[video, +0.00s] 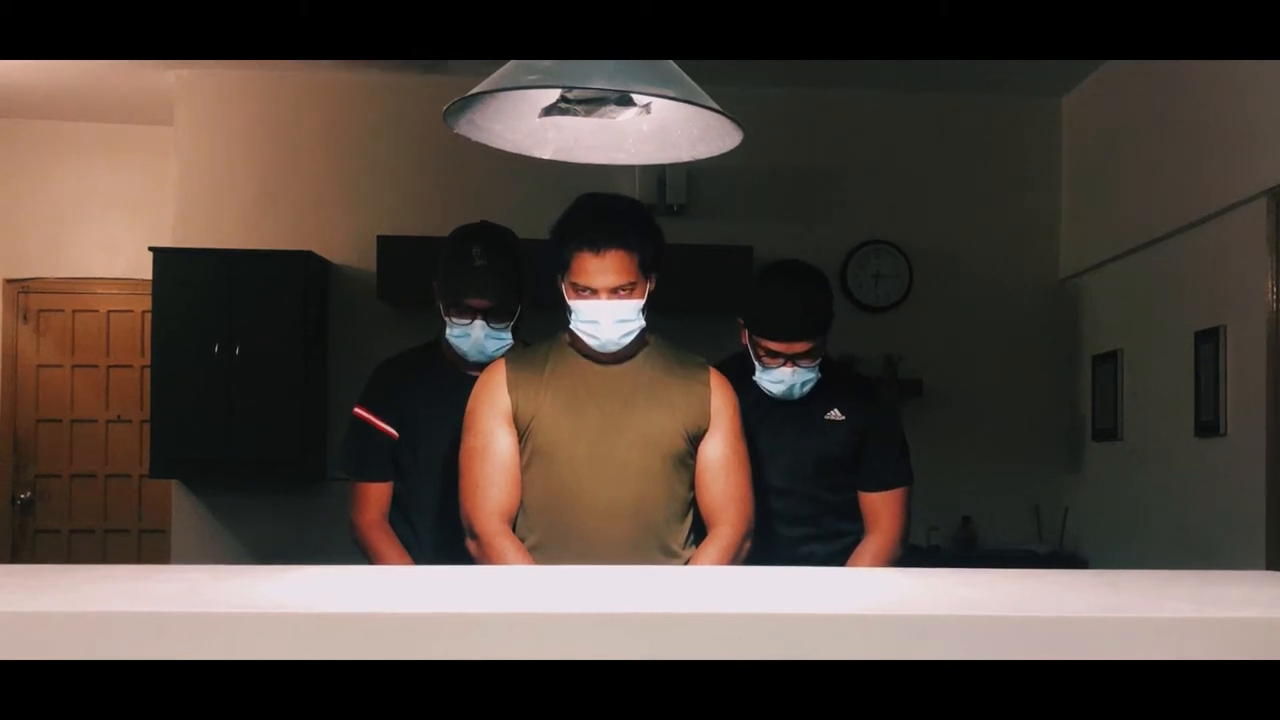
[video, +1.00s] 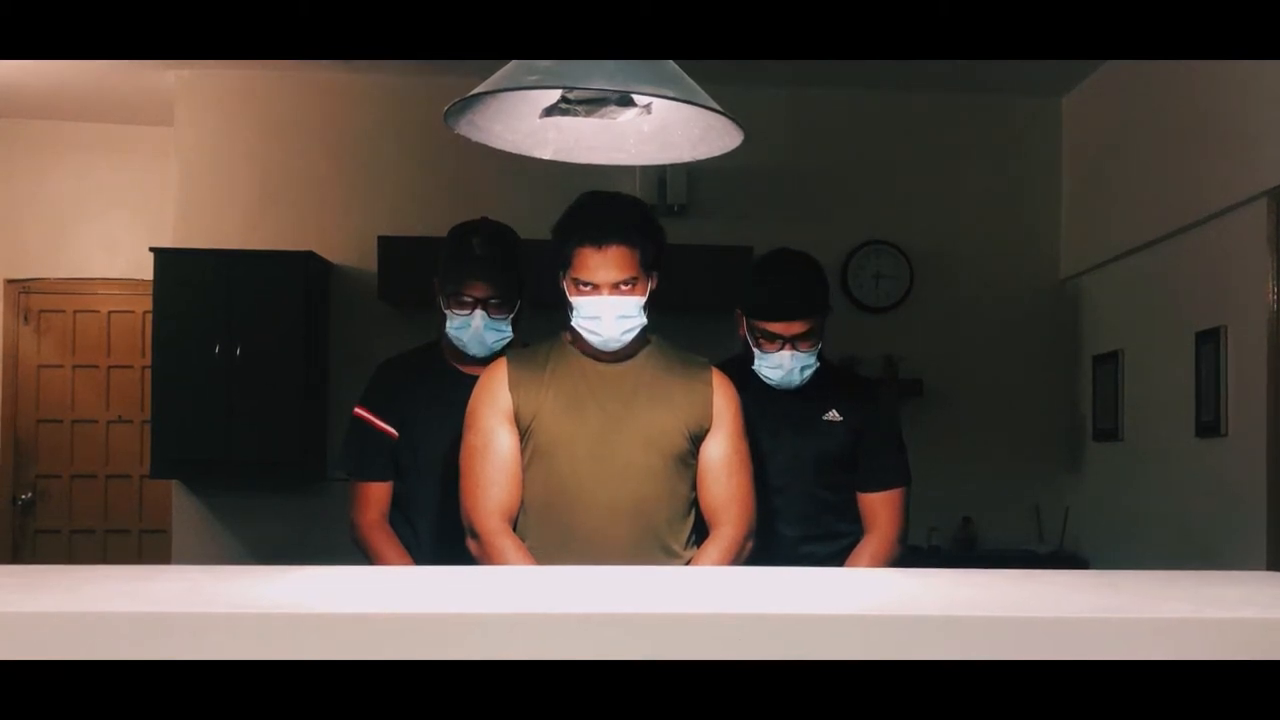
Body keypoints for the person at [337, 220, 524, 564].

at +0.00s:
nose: (479, 332)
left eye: (497, 314)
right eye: (462, 312)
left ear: (518, 308)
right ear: (439, 302)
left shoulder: (534, 382)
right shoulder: (397, 381)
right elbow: (369, 521)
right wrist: (421, 596)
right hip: (423, 585)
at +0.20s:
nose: (479, 329)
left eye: (497, 312)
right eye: (463, 310)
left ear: (518, 307)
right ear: (440, 301)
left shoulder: (533, 383)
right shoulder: (397, 381)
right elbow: (369, 521)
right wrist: (421, 596)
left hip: (510, 588)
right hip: (423, 586)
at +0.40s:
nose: (479, 326)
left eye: (497, 310)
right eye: (462, 309)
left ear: (518, 307)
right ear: (440, 301)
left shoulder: (535, 383)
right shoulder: (398, 381)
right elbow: (368, 520)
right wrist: (421, 596)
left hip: (510, 589)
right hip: (424, 587)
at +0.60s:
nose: (478, 324)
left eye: (496, 308)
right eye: (462, 306)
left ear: (517, 306)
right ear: (440, 299)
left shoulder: (535, 383)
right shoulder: (398, 381)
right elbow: (368, 520)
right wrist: (421, 597)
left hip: (511, 590)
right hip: (424, 589)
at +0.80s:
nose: (478, 324)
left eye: (497, 308)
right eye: (462, 305)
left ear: (517, 305)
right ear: (440, 299)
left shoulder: (534, 383)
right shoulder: (398, 382)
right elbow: (368, 521)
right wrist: (421, 597)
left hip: (511, 590)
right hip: (425, 589)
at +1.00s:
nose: (478, 322)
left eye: (497, 305)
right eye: (462, 303)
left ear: (517, 305)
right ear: (440, 298)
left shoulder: (535, 385)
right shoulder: (398, 382)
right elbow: (369, 521)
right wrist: (422, 598)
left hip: (511, 591)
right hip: (425, 589)